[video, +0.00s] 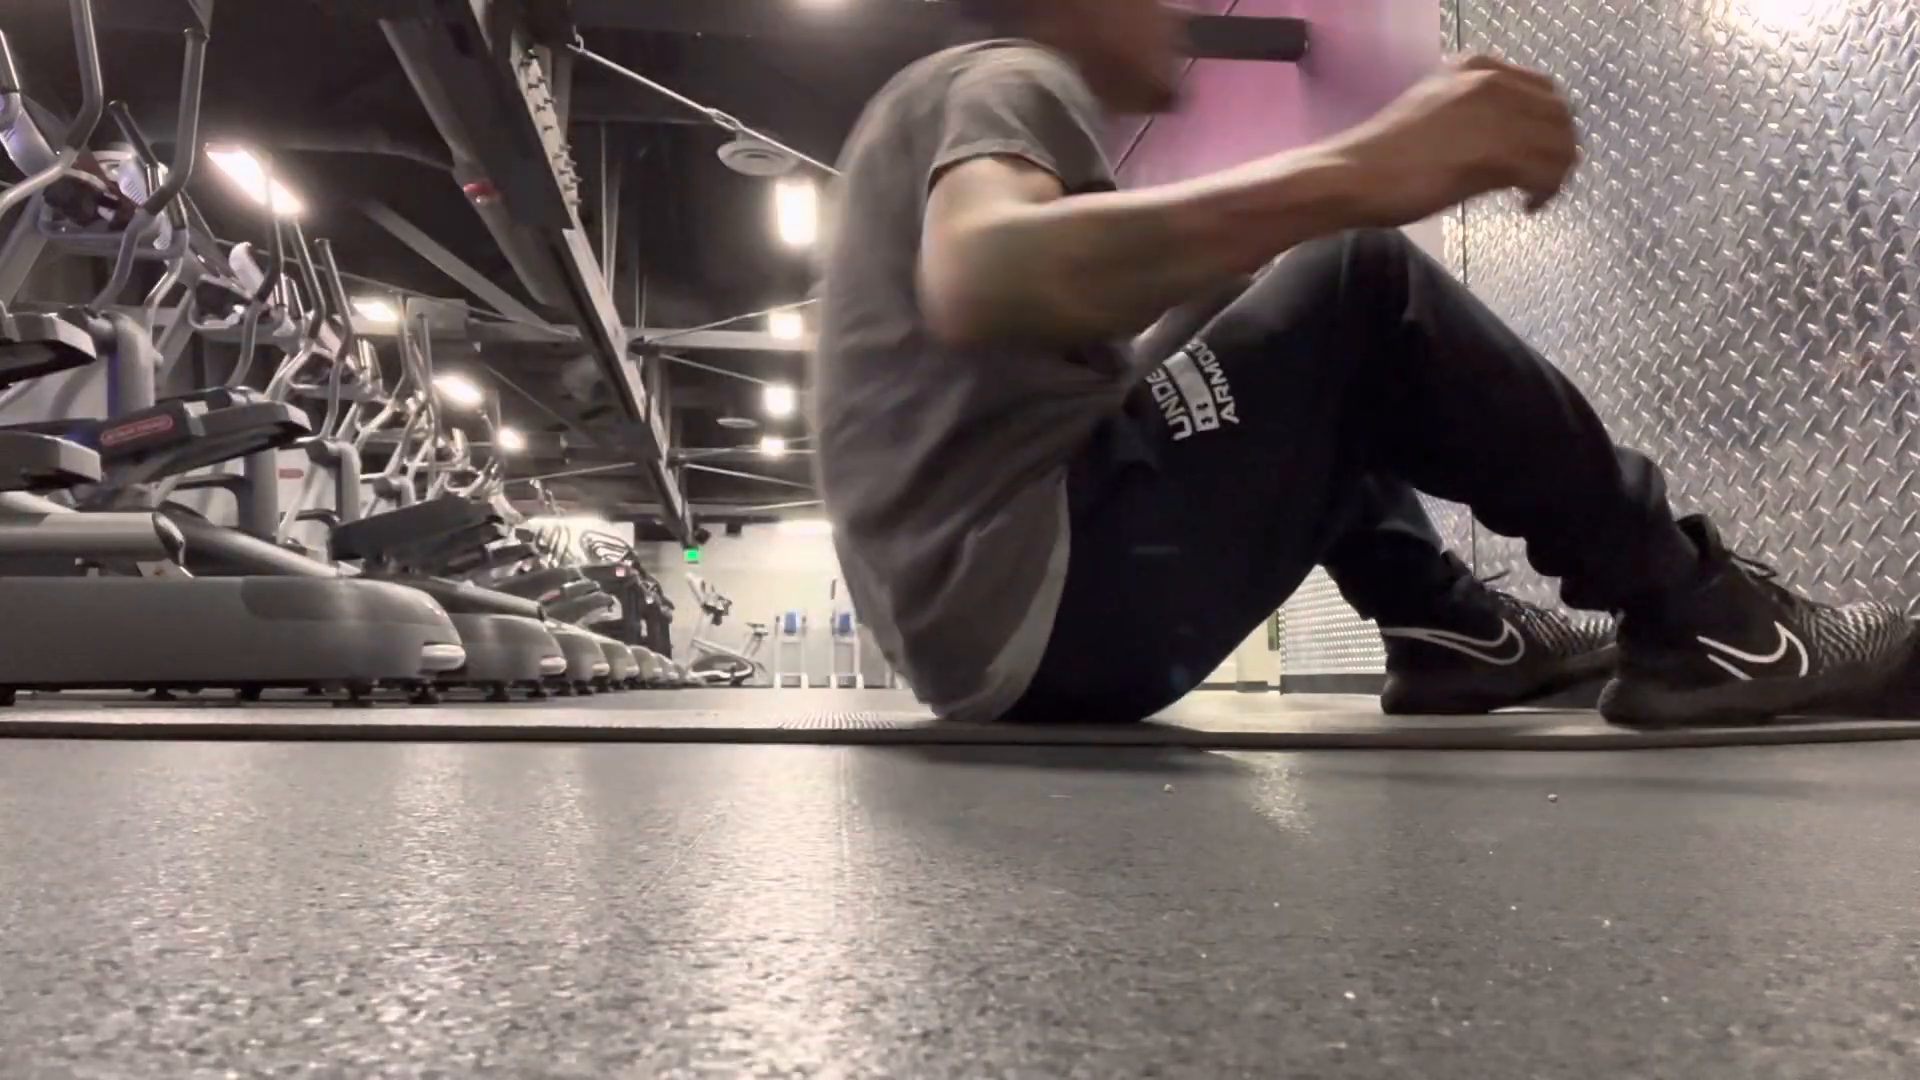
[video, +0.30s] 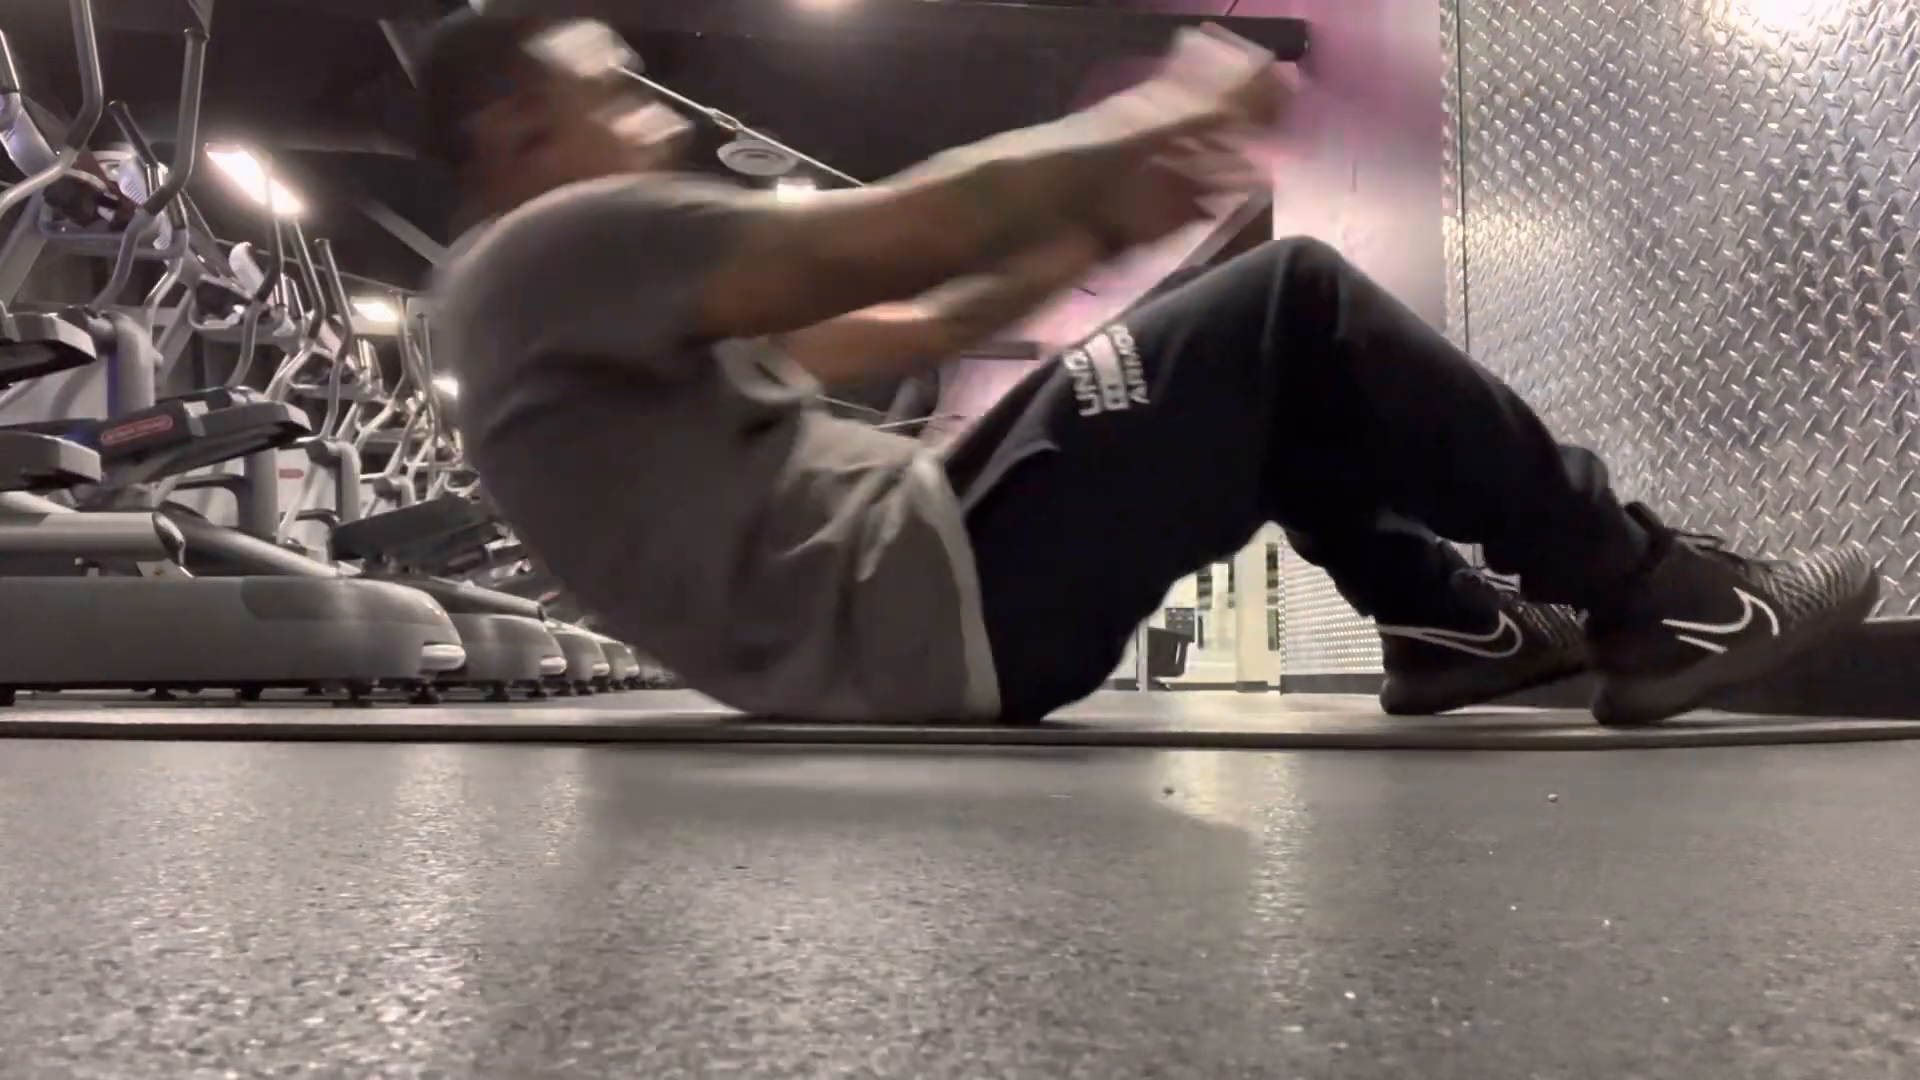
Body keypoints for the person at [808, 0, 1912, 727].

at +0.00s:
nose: (1191, 43)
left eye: (1192, 24)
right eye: (1176, 16)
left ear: (1086, 20)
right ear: (1096, 3)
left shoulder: (988, 116)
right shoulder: (1002, 85)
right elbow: (977, 279)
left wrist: (1354, 192)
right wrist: (1360, 176)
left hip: (1024, 621)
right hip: (1052, 618)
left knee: (1289, 322)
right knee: (1361, 283)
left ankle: (1448, 628)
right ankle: (1695, 610)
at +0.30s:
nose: (661, 107)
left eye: (642, 80)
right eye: (612, 85)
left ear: (528, 137)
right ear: (502, 135)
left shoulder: (591, 300)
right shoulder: (535, 255)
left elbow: (904, 334)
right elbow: (878, 231)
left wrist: (1114, 220)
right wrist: (1149, 122)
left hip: (926, 577)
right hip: (936, 612)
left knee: (1236, 298)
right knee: (1294, 301)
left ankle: (1447, 620)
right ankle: (1650, 584)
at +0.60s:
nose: (183, 337)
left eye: (156, 324)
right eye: (135, 341)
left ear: (173, 384)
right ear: (99, 433)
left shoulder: (329, 469)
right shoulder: (229, 510)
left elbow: (593, 452)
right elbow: (283, 181)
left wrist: (470, 248)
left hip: (809, 525)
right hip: (834, 576)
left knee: (1190, 331)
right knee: (1229, 286)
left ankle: (1430, 623)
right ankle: (1609, 600)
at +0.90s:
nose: (316, 234)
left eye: (296, 219)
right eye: (256, 235)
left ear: (300, 281)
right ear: (172, 346)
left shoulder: (366, 433)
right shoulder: (275, 415)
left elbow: (659, 397)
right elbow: (589, 242)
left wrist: (852, 230)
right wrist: (869, 96)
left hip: (808, 528)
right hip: (850, 584)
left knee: (1184, 347)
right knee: (1240, 285)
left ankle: (1421, 614)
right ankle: (1613, 601)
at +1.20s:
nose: (836, 46)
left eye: (826, 29)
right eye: (815, 19)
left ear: (654, 24)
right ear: (725, 6)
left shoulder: (628, 217)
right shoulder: (667, 132)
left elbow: (938, 350)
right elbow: (1060, 181)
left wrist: (1137, 227)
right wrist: (1281, 88)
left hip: (908, 616)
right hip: (931, 602)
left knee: (1212, 322)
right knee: (1267, 275)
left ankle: (1443, 624)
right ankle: (1646, 587)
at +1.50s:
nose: (1251, 96)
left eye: (1262, 68)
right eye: (1252, 60)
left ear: (1162, 28)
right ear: (1190, 32)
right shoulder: (1075, 72)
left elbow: (1126, 361)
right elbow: (984, 229)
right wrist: (1360, 76)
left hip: (986, 625)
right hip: (1021, 614)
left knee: (1249, 344)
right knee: (1351, 277)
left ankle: (1449, 623)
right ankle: (1707, 610)